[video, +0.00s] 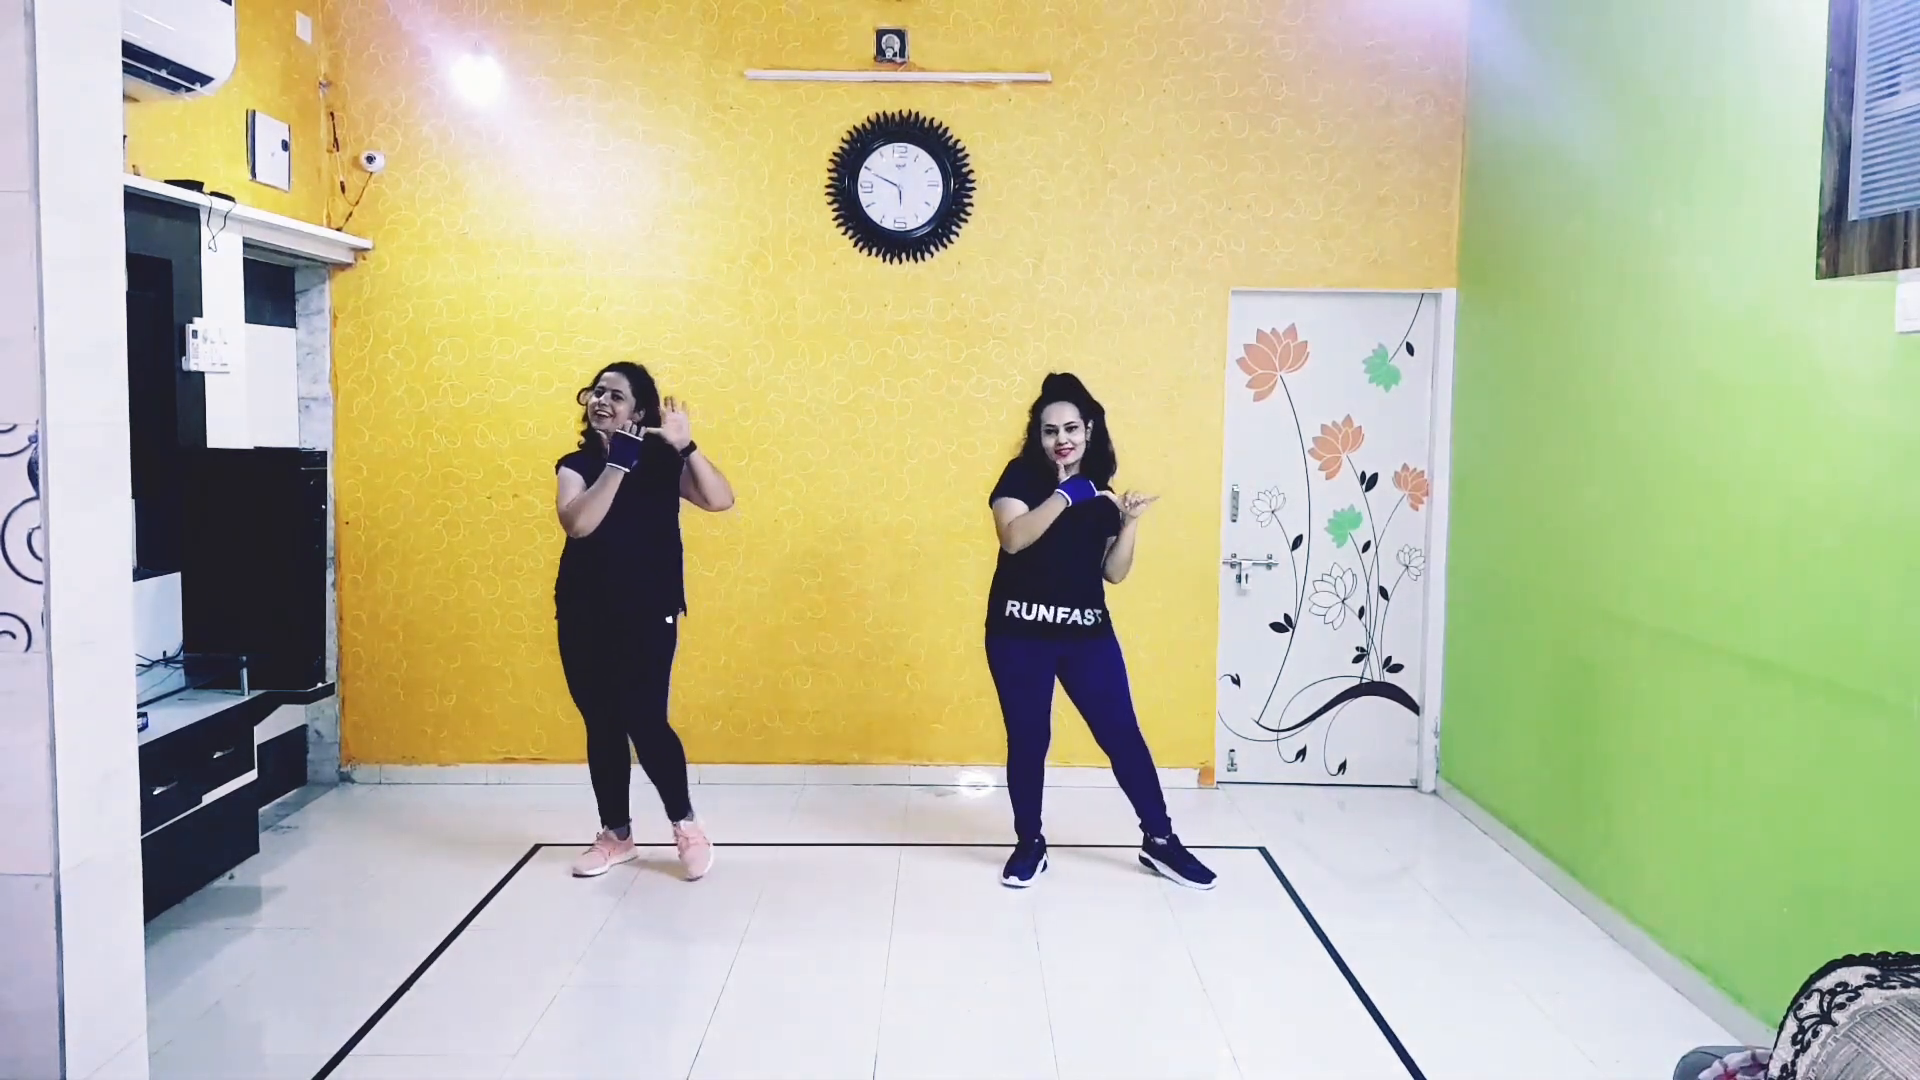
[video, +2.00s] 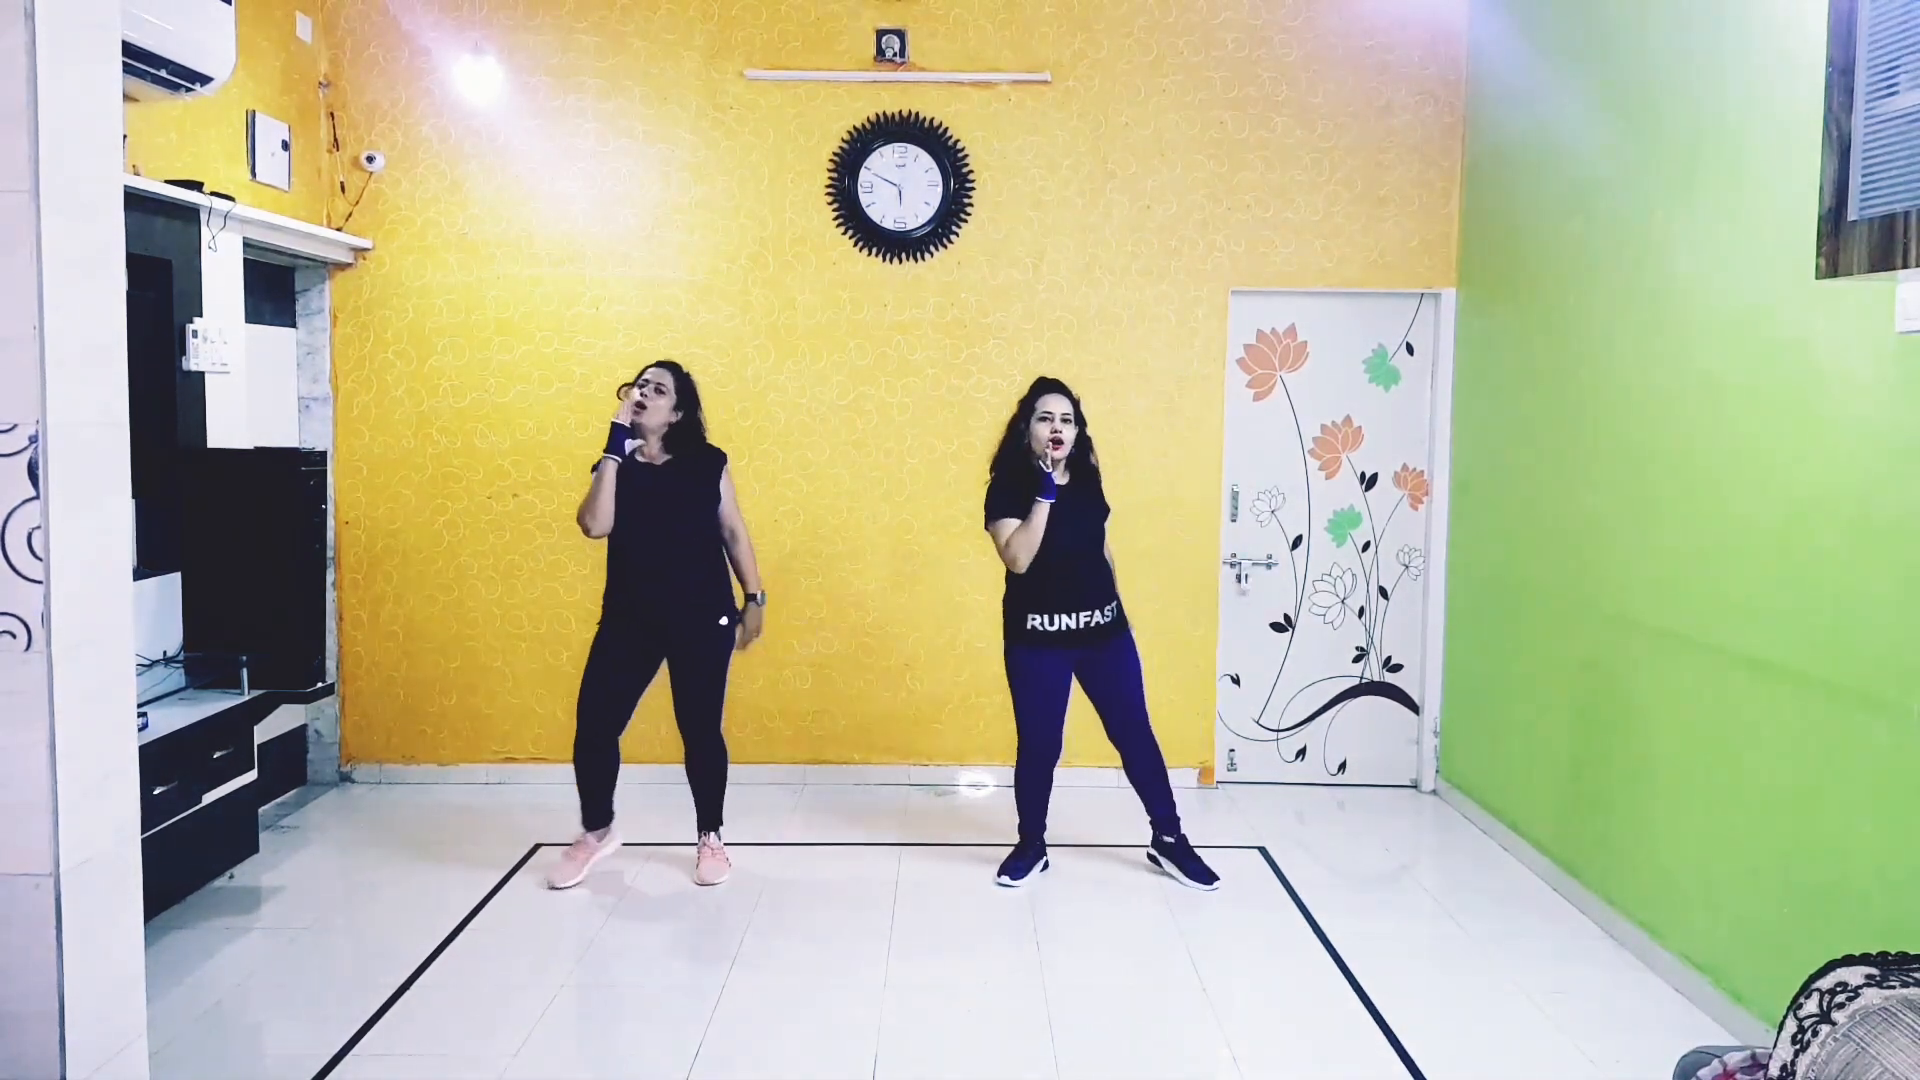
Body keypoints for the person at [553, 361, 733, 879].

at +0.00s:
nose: (601, 401)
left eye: (615, 395)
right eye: (597, 393)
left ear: (642, 411)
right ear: (588, 404)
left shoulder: (663, 460)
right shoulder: (577, 463)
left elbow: (719, 501)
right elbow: (578, 523)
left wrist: (687, 448)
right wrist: (618, 461)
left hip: (650, 610)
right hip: (586, 612)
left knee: (646, 720)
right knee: (602, 725)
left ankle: (685, 825)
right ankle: (615, 834)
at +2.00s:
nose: (642, 394)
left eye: (657, 390)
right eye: (639, 386)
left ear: (680, 412)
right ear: (628, 399)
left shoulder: (708, 463)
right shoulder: (612, 466)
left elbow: (733, 530)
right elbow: (596, 525)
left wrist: (754, 597)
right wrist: (614, 448)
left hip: (700, 618)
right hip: (631, 617)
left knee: (701, 728)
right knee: (594, 724)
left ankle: (710, 836)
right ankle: (596, 830)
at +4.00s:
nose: (610, 404)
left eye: (623, 399)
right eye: (602, 394)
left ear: (636, 413)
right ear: (581, 402)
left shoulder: (655, 471)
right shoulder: (555, 471)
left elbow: (672, 534)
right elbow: (536, 533)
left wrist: (683, 525)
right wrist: (490, 534)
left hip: (633, 625)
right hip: (565, 624)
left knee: (643, 732)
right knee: (570, 734)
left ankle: (670, 838)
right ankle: (574, 843)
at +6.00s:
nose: (657, 405)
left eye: (671, 399)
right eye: (652, 397)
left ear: (696, 413)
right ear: (642, 408)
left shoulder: (723, 474)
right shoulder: (627, 475)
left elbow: (754, 532)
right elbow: (617, 538)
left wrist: (788, 551)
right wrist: (562, 562)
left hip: (715, 623)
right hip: (647, 623)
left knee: (719, 733)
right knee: (614, 731)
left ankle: (737, 845)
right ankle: (602, 845)